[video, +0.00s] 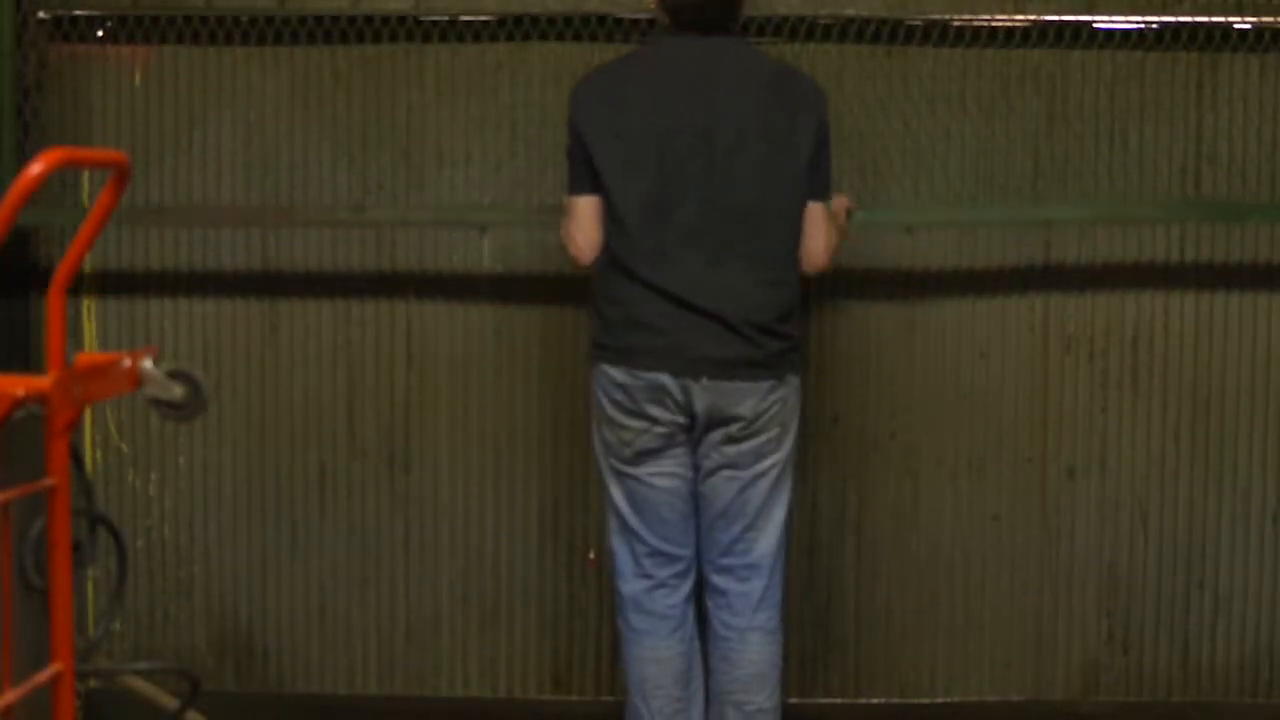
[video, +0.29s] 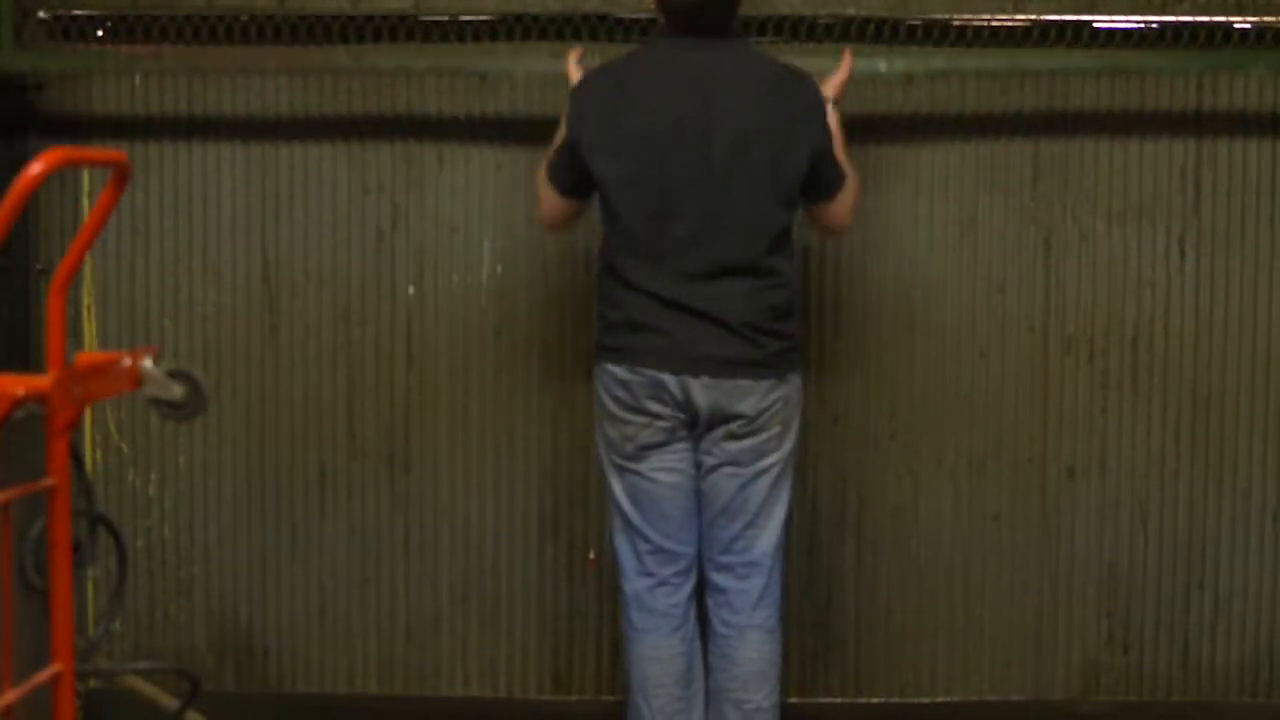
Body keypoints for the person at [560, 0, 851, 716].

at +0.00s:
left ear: (660, 7)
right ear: (740, 7)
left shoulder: (605, 90)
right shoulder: (793, 93)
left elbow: (584, 243)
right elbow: (814, 254)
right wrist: (833, 216)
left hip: (636, 367)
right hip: (752, 371)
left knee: (654, 583)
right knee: (744, 584)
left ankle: (665, 716)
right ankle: (745, 714)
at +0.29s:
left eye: (660, 3)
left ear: (659, 7)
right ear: (737, 7)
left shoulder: (611, 91)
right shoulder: (788, 93)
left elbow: (553, 208)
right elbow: (836, 213)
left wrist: (581, 109)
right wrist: (826, 113)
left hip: (638, 365)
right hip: (752, 369)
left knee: (656, 581)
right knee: (744, 582)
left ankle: (664, 715)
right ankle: (744, 716)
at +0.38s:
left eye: (671, 2)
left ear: (663, 7)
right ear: (735, 6)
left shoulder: (614, 88)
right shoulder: (783, 90)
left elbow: (545, 167)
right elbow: (853, 174)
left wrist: (578, 71)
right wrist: (834, 76)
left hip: (638, 364)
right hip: (752, 368)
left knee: (656, 580)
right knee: (744, 581)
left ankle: (665, 716)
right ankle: (745, 715)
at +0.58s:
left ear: (664, 1)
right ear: (739, 1)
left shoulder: (618, 81)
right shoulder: (783, 84)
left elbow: (544, 57)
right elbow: (869, 71)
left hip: (638, 356)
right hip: (750, 361)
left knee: (657, 580)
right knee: (744, 580)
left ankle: (667, 715)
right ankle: (744, 713)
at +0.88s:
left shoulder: (620, 71)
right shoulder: (786, 75)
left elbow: (543, 55)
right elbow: (860, 72)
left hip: (639, 352)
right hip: (753, 359)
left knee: (657, 582)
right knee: (745, 584)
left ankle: (665, 715)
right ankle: (745, 714)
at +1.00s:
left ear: (665, 1)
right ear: (740, 2)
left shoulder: (620, 77)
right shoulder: (785, 76)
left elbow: (528, 114)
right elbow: (863, 117)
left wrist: (557, 38)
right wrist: (813, 38)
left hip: (639, 355)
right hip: (753, 361)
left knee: (658, 581)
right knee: (746, 584)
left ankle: (664, 715)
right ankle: (744, 716)